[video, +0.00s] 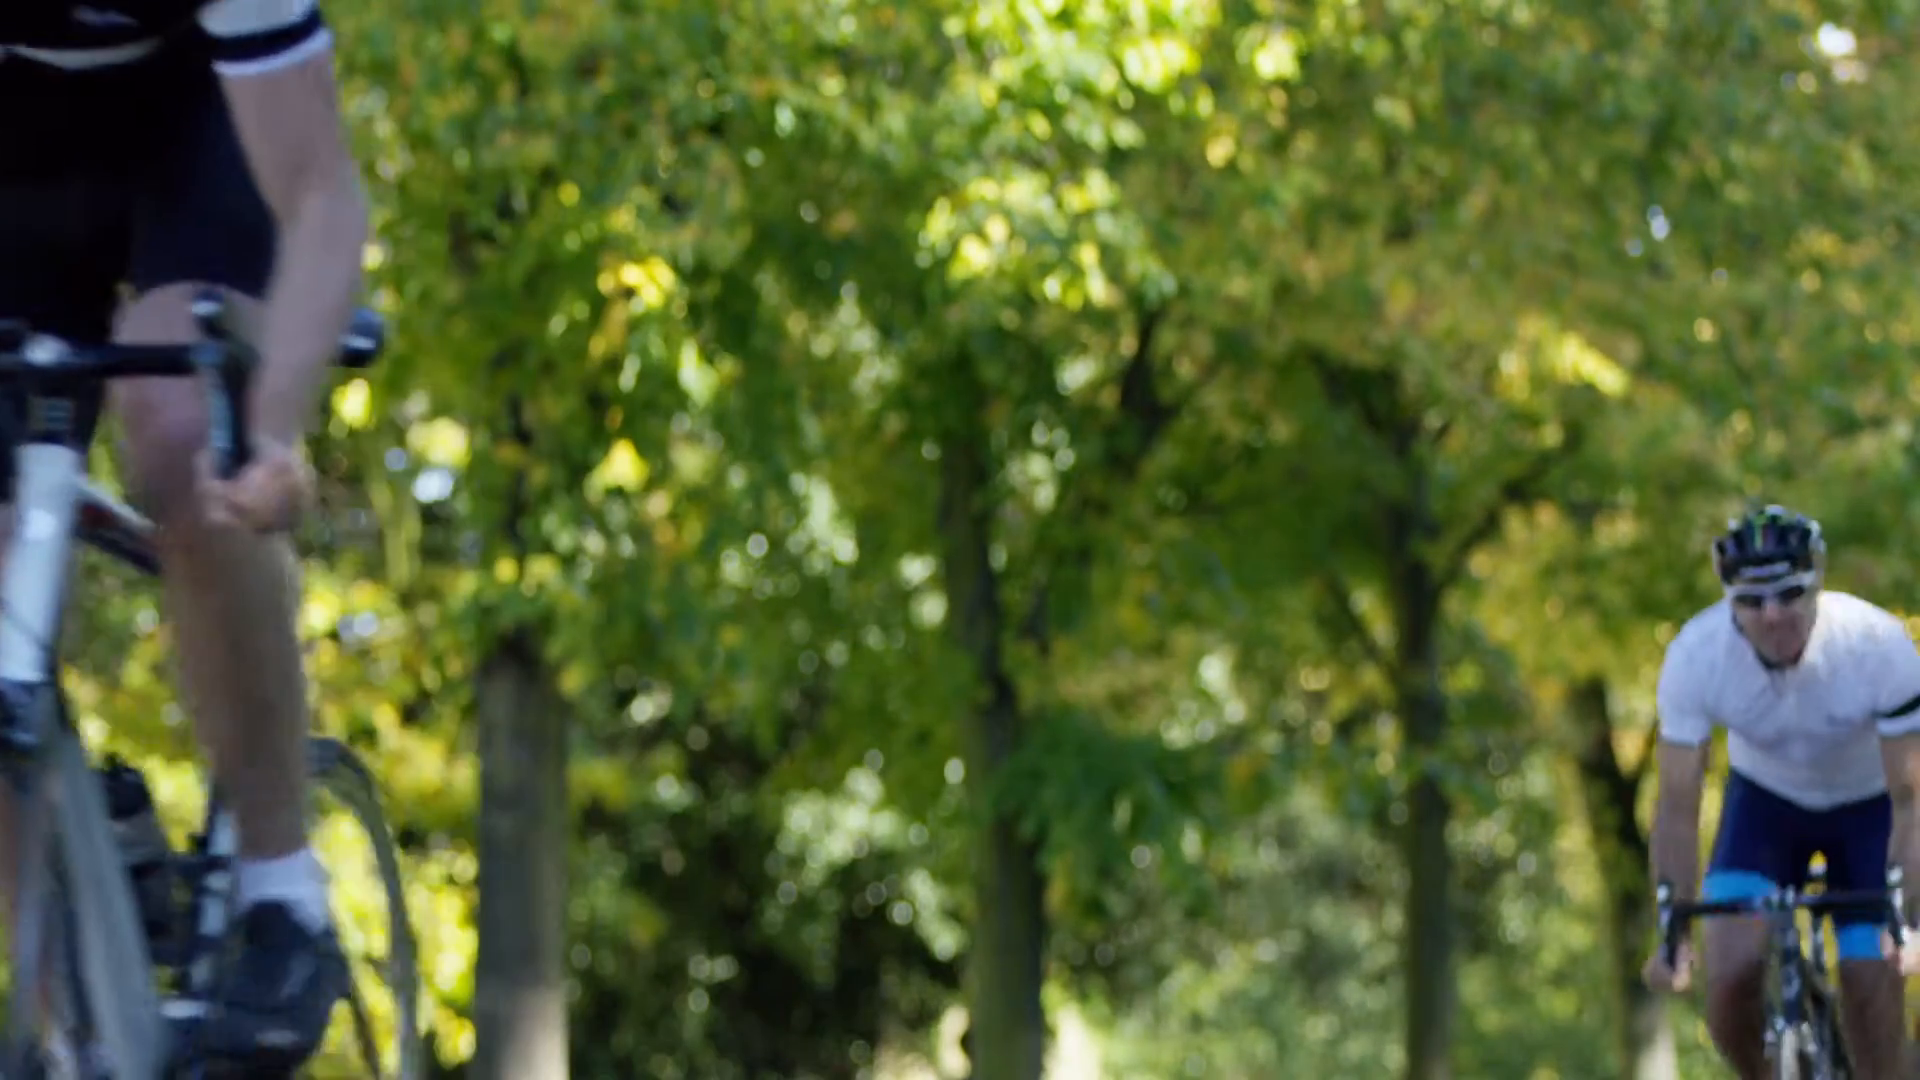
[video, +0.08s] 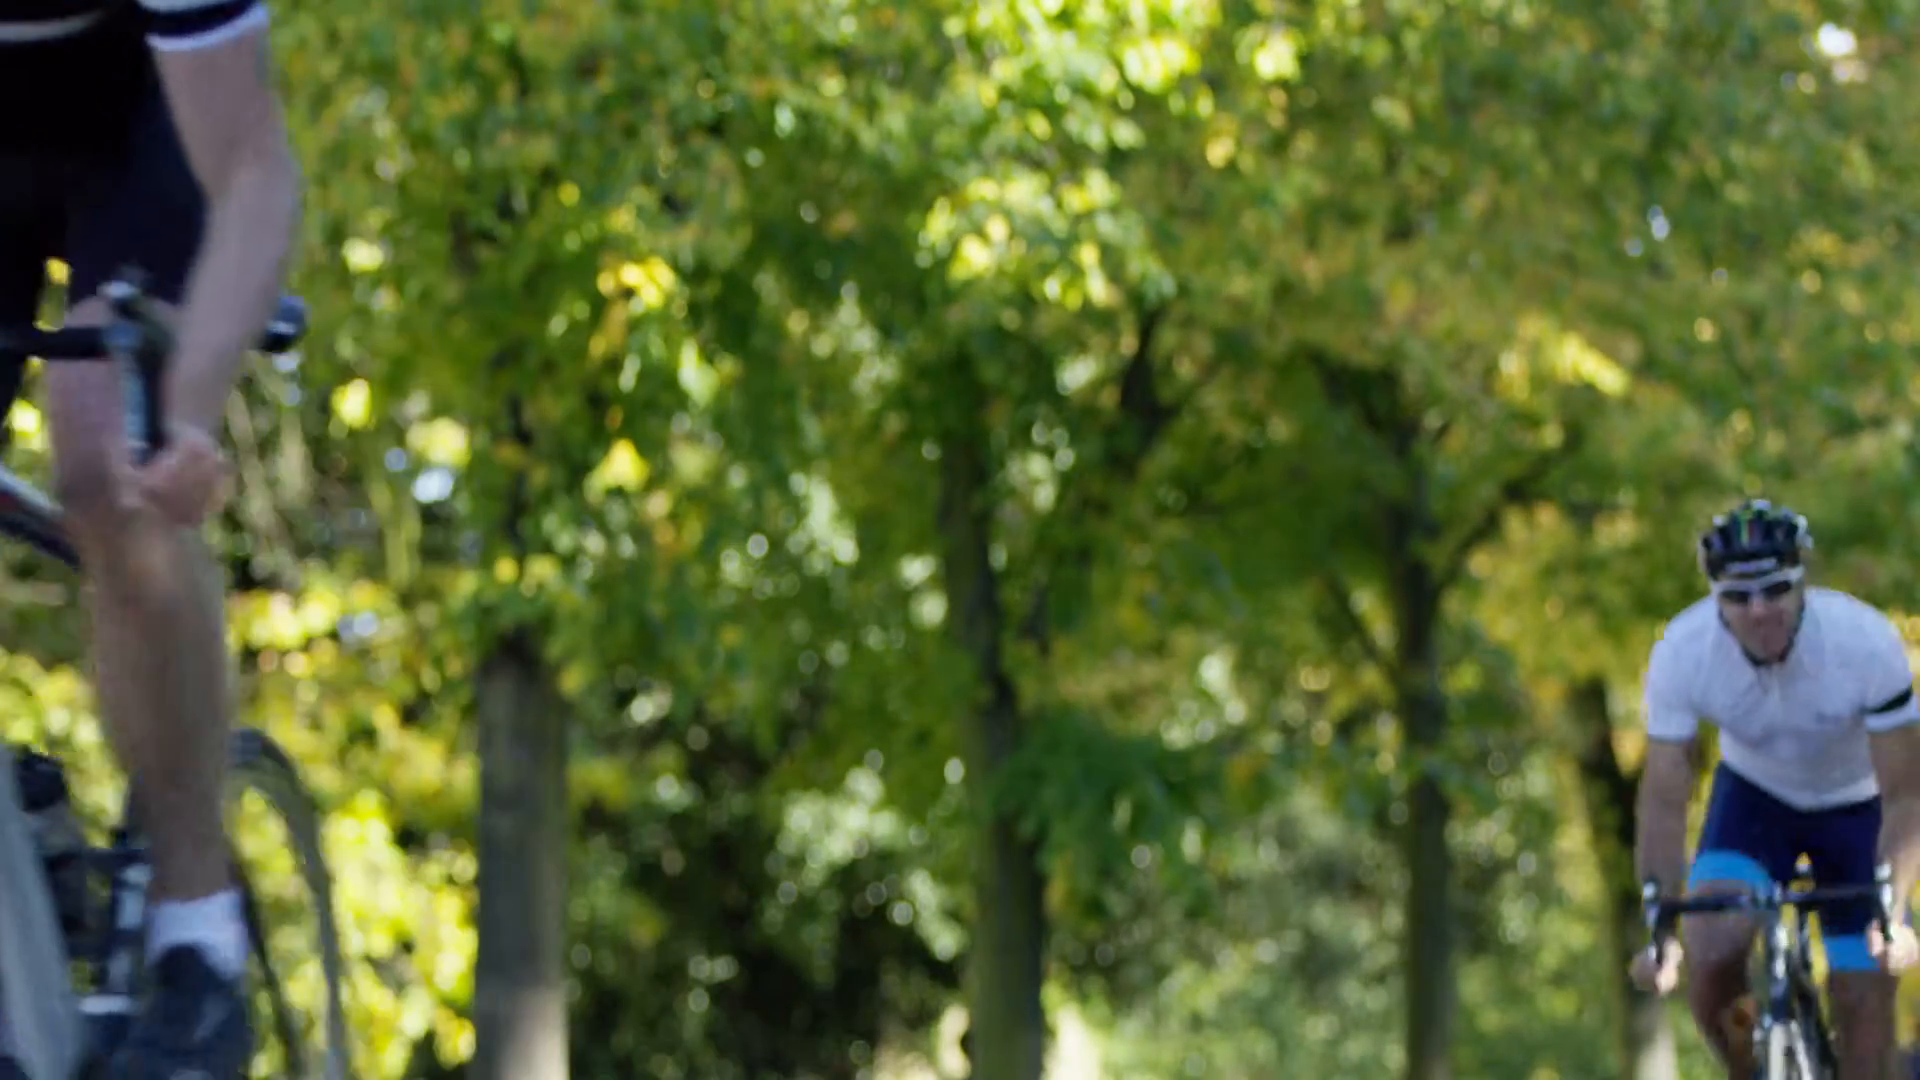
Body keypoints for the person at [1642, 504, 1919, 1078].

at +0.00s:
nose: (1775, 615)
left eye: (1791, 595)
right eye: (1753, 600)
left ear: (1816, 587)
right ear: (1730, 601)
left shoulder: (1879, 645)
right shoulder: (1695, 657)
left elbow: (1908, 796)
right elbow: (1676, 802)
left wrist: (1908, 917)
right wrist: (1673, 927)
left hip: (1866, 800)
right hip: (1760, 795)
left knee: (1871, 979)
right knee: (1731, 974)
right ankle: (1760, 1072)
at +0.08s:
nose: (1760, 611)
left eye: (1776, 591)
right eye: (1739, 597)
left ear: (1802, 584)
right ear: (1717, 597)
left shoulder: (1865, 640)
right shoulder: (1684, 650)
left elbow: (1903, 792)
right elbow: (1663, 793)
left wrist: (1898, 909)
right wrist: (1661, 926)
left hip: (1855, 802)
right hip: (1750, 792)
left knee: (1866, 1000)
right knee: (1711, 955)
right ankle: (1748, 1069)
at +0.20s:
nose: (1739, 604)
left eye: (1754, 583)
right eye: (1717, 589)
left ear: (1781, 576)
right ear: (1695, 590)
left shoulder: (1849, 634)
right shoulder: (1663, 646)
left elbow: (1891, 781)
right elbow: (1645, 797)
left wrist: (1881, 902)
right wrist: (1645, 918)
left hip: (1840, 799)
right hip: (1734, 786)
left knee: (1848, 1008)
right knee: (1689, 923)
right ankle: (1725, 1070)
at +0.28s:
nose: (1726, 597)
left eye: (1741, 576)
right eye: (1703, 582)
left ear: (1768, 570)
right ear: (1681, 584)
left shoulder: (1835, 625)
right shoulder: (1648, 640)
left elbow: (1884, 777)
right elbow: (1635, 795)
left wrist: (1877, 901)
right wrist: (1638, 920)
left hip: (1829, 789)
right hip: (1723, 776)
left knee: (1838, 1014)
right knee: (1682, 906)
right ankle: (1714, 1070)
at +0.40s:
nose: (1707, 589)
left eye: (1723, 567)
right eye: (1684, 573)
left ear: (1751, 562)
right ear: (1661, 574)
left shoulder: (1817, 615)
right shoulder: (1629, 632)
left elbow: (1870, 763)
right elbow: (1619, 788)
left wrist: (1868, 894)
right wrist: (1623, 910)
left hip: (1810, 774)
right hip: (1703, 767)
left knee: (1830, 1006)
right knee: (1672, 908)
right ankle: (1698, 1074)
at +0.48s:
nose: (1695, 583)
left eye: (1711, 562)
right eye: (1673, 566)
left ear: (1739, 555)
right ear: (1649, 566)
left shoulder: (1807, 610)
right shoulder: (1614, 626)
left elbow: (1862, 762)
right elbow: (1609, 781)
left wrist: (1860, 899)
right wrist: (1615, 906)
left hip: (1800, 768)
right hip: (1691, 763)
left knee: (1825, 997)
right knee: (1668, 922)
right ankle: (1688, 1074)